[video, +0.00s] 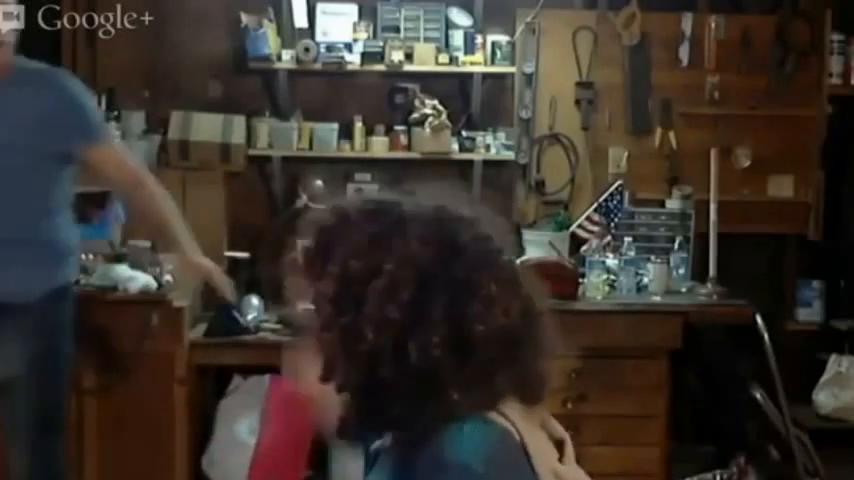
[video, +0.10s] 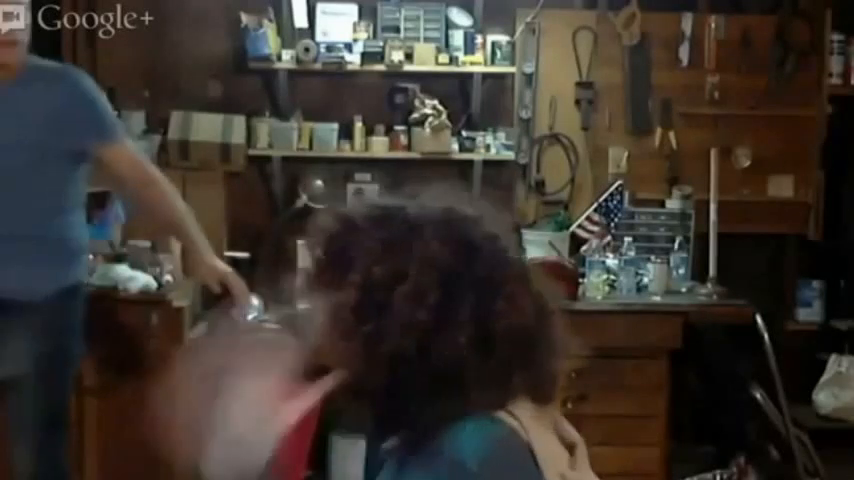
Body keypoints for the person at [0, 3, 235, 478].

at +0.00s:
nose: (9, 30)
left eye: (11, 20)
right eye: (5, 20)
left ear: (17, 26)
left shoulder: (49, 93)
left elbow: (137, 182)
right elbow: (135, 182)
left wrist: (189, 251)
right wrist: (190, 252)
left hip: (35, 292)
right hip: (25, 293)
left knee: (35, 434)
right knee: (33, 433)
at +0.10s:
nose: (12, 29)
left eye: (17, 16)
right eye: (4, 18)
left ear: (29, 23)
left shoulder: (64, 91)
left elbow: (141, 179)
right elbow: (140, 178)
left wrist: (202, 253)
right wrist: (204, 253)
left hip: (45, 298)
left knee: (37, 444)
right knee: (34, 440)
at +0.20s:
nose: (16, 25)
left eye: (23, 11)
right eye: (5, 14)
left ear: (37, 19)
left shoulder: (73, 93)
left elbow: (148, 181)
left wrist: (205, 252)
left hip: (49, 298)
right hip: (11, 298)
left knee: (37, 444)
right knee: (32, 440)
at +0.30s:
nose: (16, 26)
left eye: (24, 12)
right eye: (4, 15)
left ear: (37, 18)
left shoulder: (73, 92)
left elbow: (148, 181)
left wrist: (205, 253)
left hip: (49, 296)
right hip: (11, 295)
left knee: (38, 443)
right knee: (33, 439)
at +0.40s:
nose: (16, 25)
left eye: (24, 11)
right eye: (4, 14)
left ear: (37, 18)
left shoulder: (73, 93)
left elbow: (147, 181)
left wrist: (204, 253)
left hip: (49, 293)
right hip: (9, 292)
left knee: (40, 443)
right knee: (33, 439)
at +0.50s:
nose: (12, 27)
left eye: (19, 14)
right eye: (3, 15)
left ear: (32, 20)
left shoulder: (67, 94)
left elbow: (139, 183)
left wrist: (197, 259)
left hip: (40, 290)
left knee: (39, 437)